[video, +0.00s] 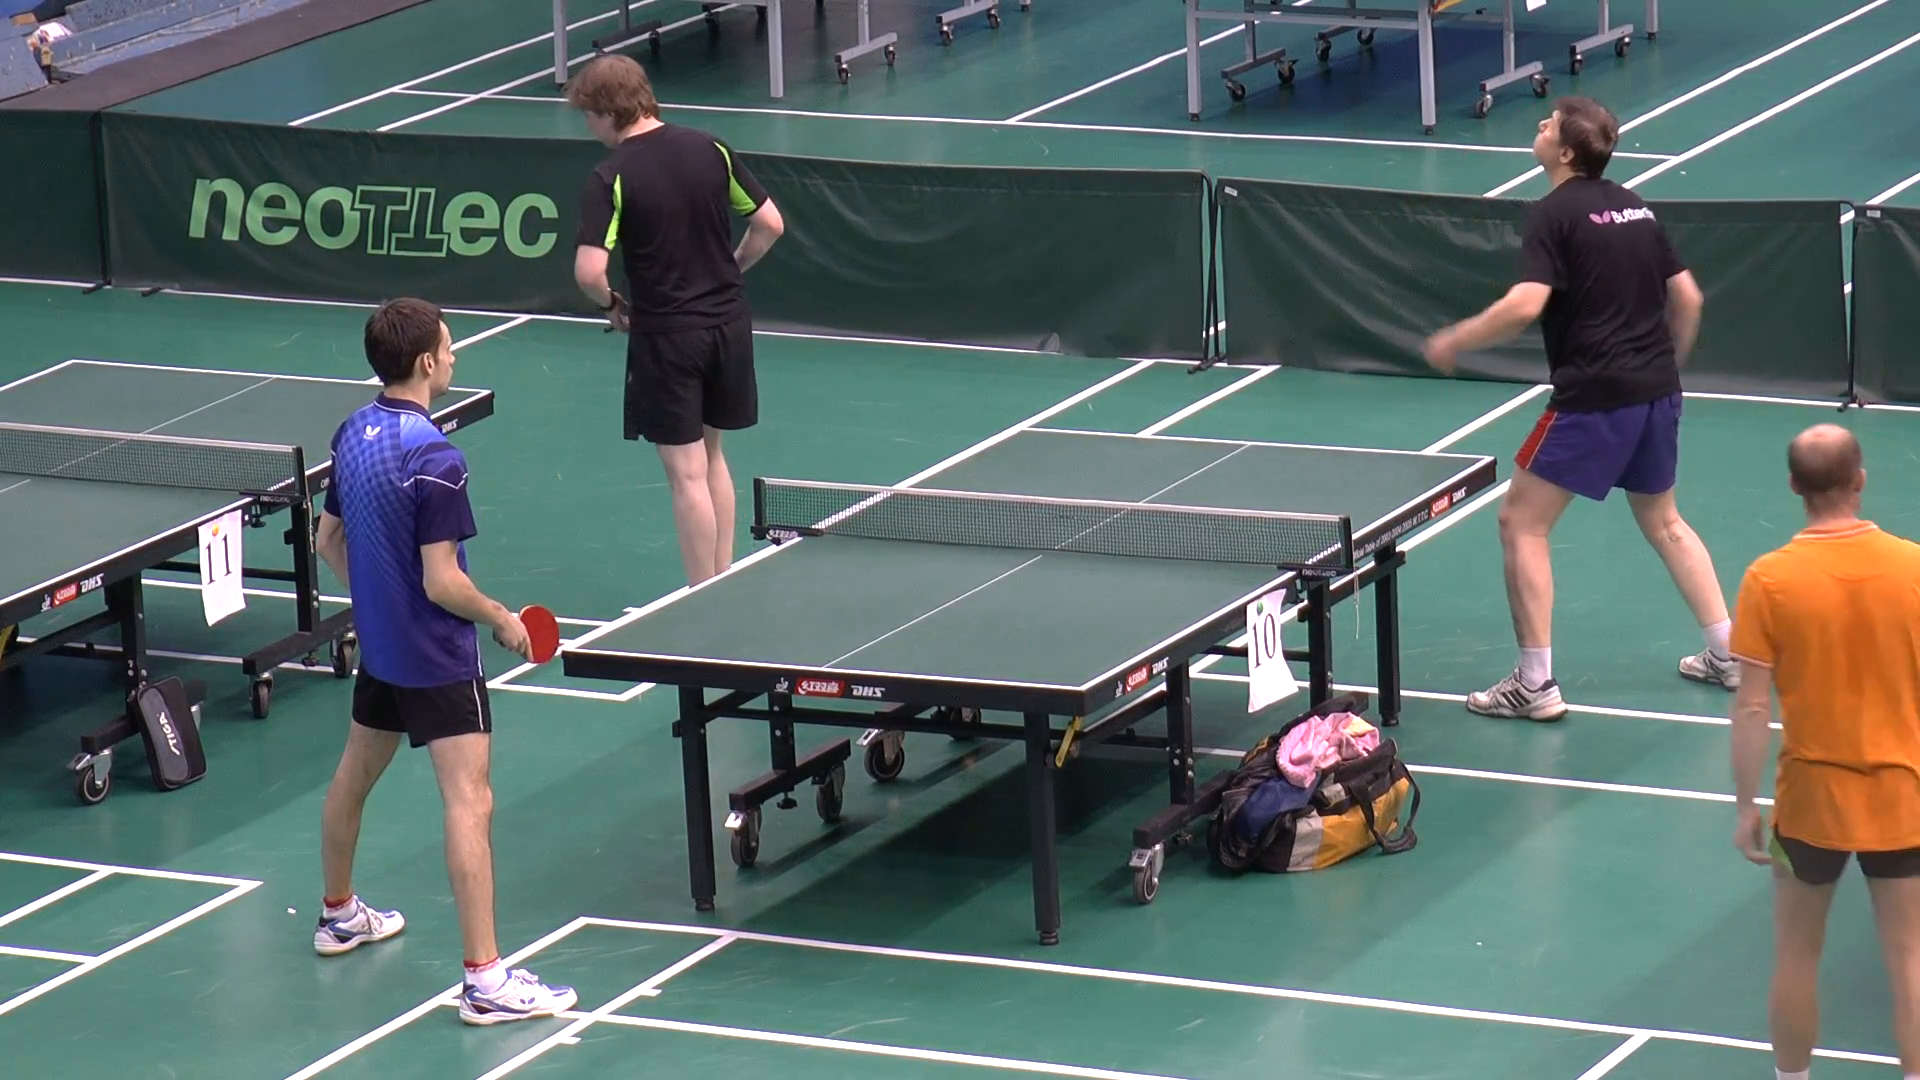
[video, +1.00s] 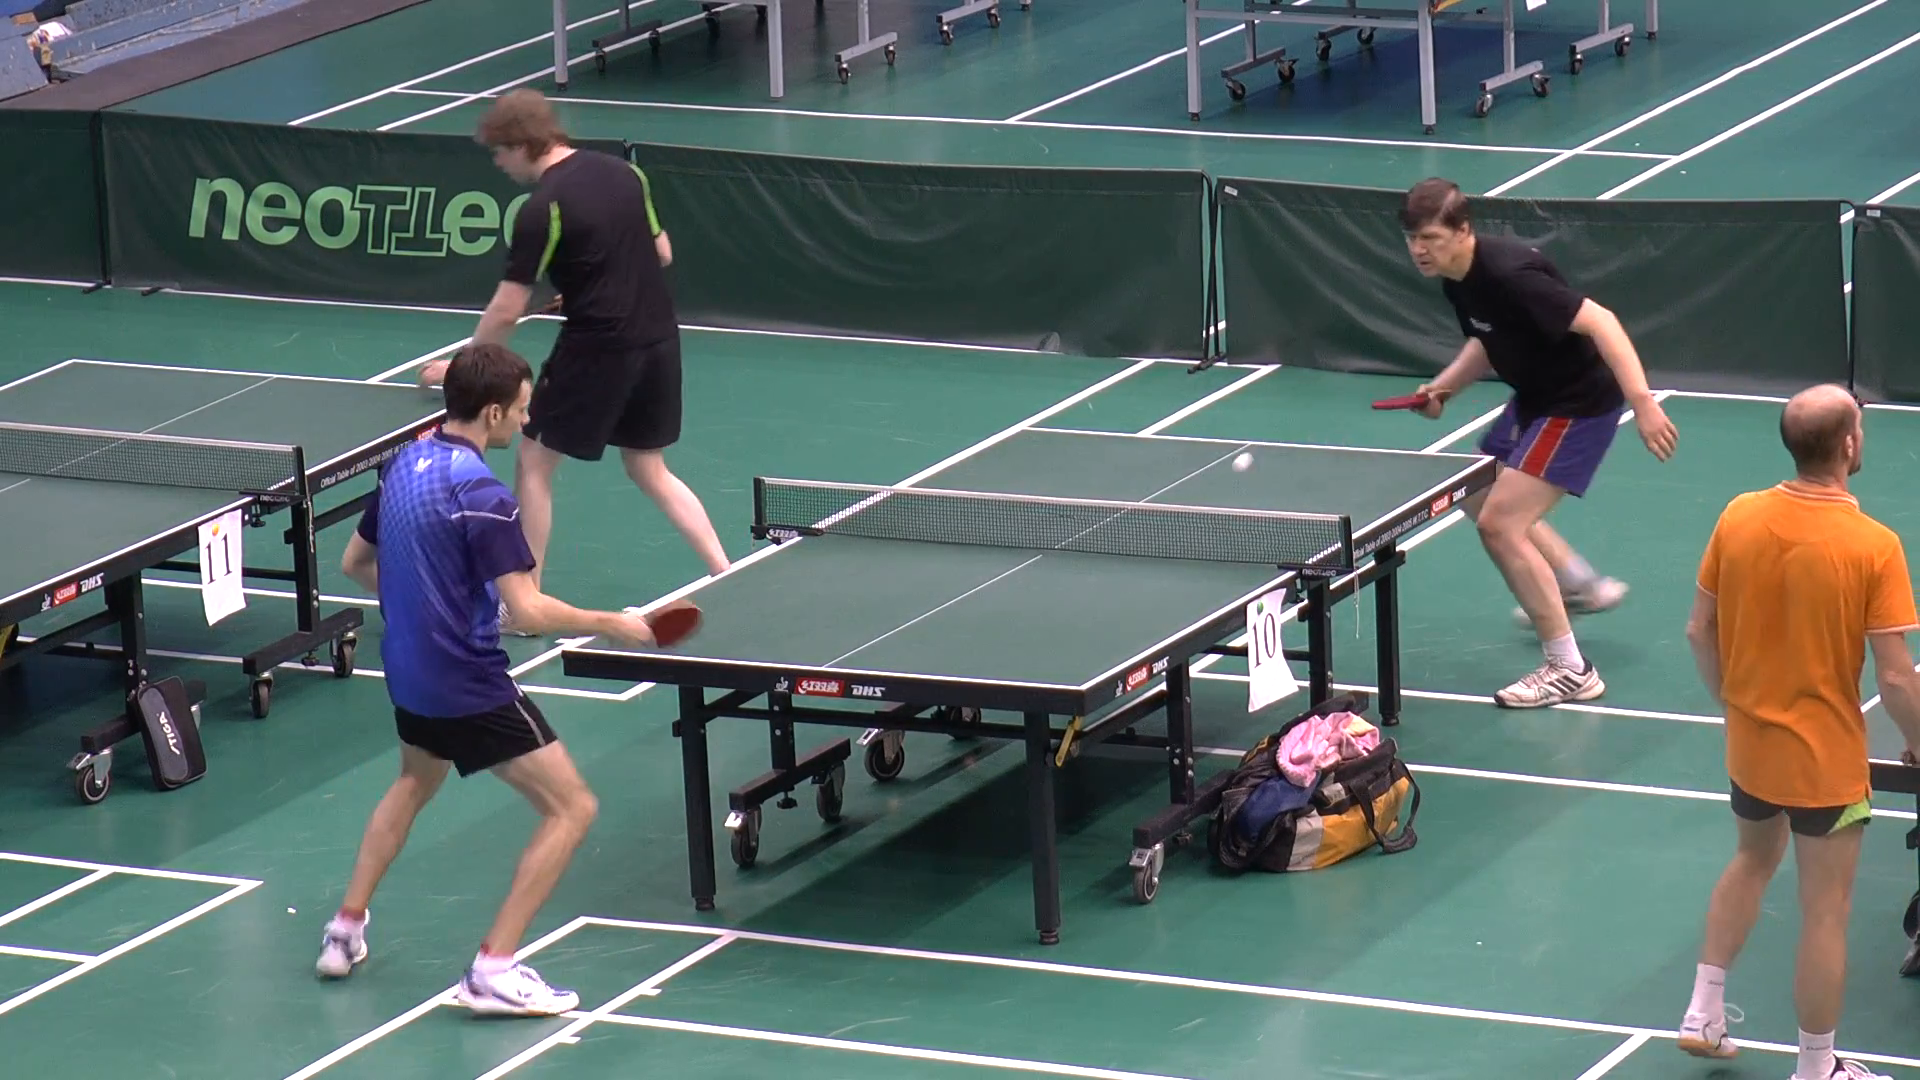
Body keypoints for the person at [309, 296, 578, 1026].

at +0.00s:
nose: (452, 353)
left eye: (448, 342)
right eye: (447, 344)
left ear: (385, 363)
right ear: (427, 361)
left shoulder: (353, 429)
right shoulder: (435, 454)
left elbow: (330, 539)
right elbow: (441, 578)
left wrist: (378, 601)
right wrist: (501, 618)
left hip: (380, 648)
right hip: (437, 656)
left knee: (354, 777)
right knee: (470, 804)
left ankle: (339, 912)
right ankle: (485, 975)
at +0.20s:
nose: (463, 354)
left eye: (459, 344)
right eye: (458, 345)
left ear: (395, 364)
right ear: (436, 362)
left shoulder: (361, 427)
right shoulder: (438, 458)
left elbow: (332, 537)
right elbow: (445, 583)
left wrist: (385, 595)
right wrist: (507, 618)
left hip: (379, 648)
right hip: (435, 657)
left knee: (355, 774)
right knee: (484, 796)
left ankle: (339, 912)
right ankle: (486, 975)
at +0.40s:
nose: (485, 370)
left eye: (482, 359)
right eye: (482, 361)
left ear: (415, 373)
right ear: (465, 375)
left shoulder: (377, 437)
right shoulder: (457, 469)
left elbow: (337, 542)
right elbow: (474, 595)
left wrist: (386, 601)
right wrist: (536, 611)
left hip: (390, 656)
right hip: (450, 665)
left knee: (361, 782)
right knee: (520, 798)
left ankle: (341, 913)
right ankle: (489, 974)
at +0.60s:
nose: (513, 383)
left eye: (512, 371)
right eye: (511, 372)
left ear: (440, 376)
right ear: (491, 380)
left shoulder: (389, 436)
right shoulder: (487, 472)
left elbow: (338, 539)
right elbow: (522, 592)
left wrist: (390, 591)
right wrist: (566, 585)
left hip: (391, 658)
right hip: (459, 666)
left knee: (382, 774)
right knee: (525, 801)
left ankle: (356, 915)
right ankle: (490, 975)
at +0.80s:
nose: (520, 403)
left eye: (518, 392)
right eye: (517, 392)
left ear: (449, 393)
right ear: (497, 398)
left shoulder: (396, 451)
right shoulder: (488, 483)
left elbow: (337, 550)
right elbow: (526, 606)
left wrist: (396, 594)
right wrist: (569, 587)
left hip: (388, 666)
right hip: (454, 676)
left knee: (397, 770)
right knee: (550, 800)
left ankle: (347, 921)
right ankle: (495, 969)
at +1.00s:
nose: (524, 418)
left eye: (524, 406)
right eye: (521, 406)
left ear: (458, 402)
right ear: (493, 410)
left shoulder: (404, 460)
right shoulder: (481, 490)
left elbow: (357, 562)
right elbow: (525, 609)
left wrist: (424, 595)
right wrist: (613, 623)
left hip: (408, 676)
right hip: (469, 686)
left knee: (416, 778)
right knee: (572, 808)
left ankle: (346, 926)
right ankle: (495, 966)